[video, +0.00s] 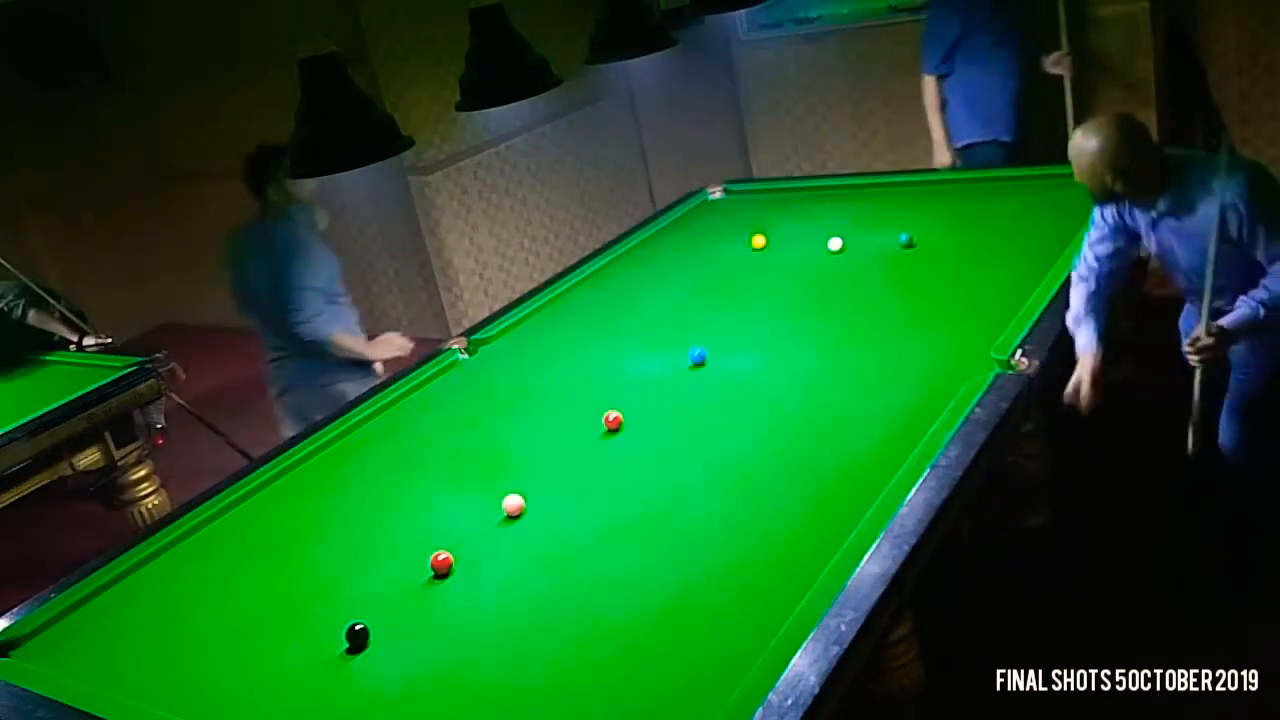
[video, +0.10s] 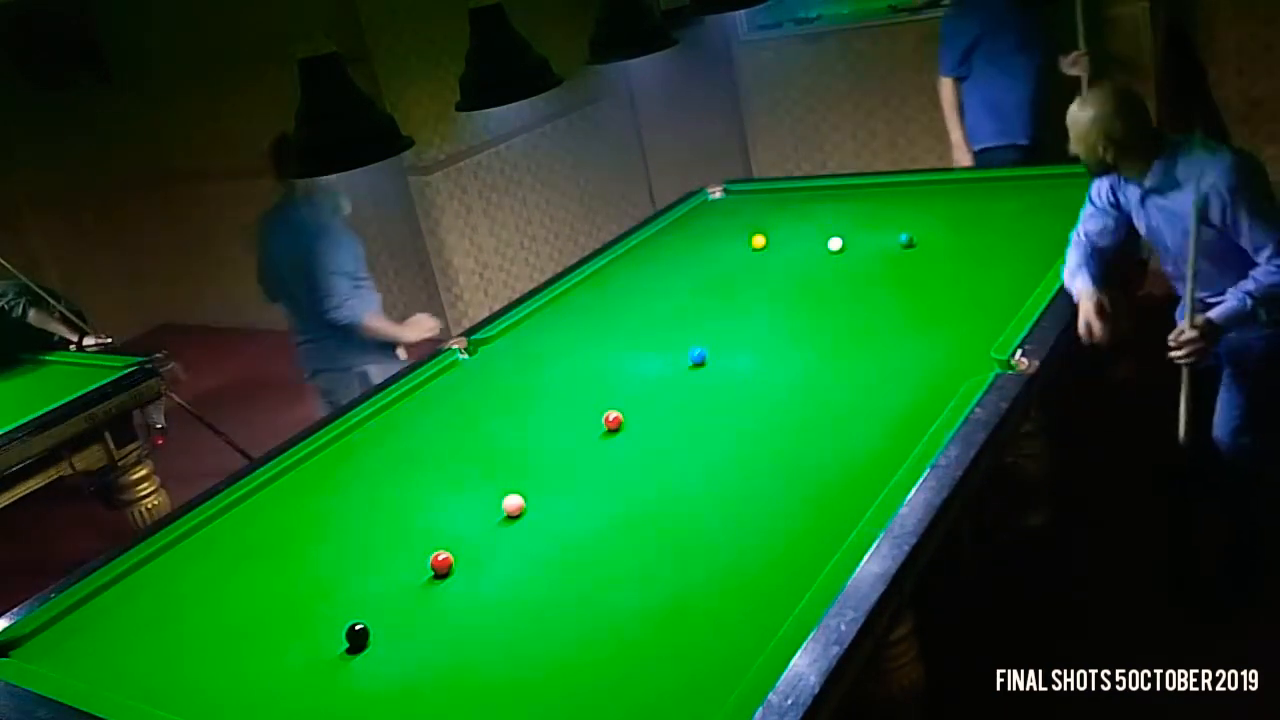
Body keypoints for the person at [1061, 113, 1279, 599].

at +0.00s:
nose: (1108, 198)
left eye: (1107, 189)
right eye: (1102, 192)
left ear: (1125, 174)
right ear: (1115, 176)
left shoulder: (1234, 189)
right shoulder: (1123, 202)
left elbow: (1279, 272)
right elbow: (1089, 274)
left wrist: (1228, 327)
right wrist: (1087, 350)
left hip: (1256, 322)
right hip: (1198, 317)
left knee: (1233, 441)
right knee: (1190, 430)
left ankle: (1243, 561)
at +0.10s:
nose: (1093, 161)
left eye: (1094, 152)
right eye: (1092, 153)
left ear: (1110, 147)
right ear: (1129, 135)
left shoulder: (1222, 175)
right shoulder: (1115, 184)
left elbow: (1275, 263)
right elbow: (1082, 248)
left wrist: (1216, 322)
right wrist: (1085, 289)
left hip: (1251, 335)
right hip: (1194, 330)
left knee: (1228, 442)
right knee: (1178, 440)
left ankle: (1242, 568)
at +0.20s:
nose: (1071, 126)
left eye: (1075, 116)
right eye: (1071, 115)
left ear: (1103, 123)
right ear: (1109, 120)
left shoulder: (1205, 166)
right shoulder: (1111, 169)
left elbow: (1265, 255)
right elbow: (1082, 224)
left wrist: (1202, 315)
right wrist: (1069, 243)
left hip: (1237, 317)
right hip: (1181, 315)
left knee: (1217, 425)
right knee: (1181, 425)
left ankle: (1244, 549)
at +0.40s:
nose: (1063, 100)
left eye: (1065, 90)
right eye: (1063, 91)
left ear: (1086, 91)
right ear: (1101, 87)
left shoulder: (1158, 143)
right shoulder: (1113, 139)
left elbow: (1215, 234)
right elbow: (1099, 183)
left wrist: (1162, 300)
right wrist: (1036, 193)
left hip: (1207, 302)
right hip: (1173, 296)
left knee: (1207, 428)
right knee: (1184, 422)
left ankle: (1220, 548)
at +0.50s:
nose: (1043, 88)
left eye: (1047, 76)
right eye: (1043, 77)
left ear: (1072, 79)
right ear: (1085, 77)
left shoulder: (1130, 129)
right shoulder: (1109, 126)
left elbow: (1185, 217)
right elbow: (1087, 174)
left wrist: (1144, 283)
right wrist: (1014, 182)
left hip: (1200, 293)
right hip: (1179, 290)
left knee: (1220, 416)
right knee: (1208, 413)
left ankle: (1231, 541)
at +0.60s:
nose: (1026, 79)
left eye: (1032, 69)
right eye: (1026, 69)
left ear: (1061, 67)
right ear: (1063, 67)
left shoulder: (1109, 116)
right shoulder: (1091, 112)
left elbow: (1161, 200)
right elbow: (1073, 168)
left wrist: (1128, 269)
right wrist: (999, 180)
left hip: (1187, 271)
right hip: (1167, 267)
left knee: (1198, 395)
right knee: (1186, 392)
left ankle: (1212, 519)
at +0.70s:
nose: (1013, 81)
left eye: (1019, 70)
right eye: (1012, 71)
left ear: (1047, 67)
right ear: (1046, 68)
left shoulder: (1093, 108)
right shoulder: (1075, 108)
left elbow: (1142, 193)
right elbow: (1055, 165)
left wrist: (1115, 264)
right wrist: (981, 187)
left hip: (1181, 255)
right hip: (1160, 252)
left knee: (1196, 379)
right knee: (1185, 376)